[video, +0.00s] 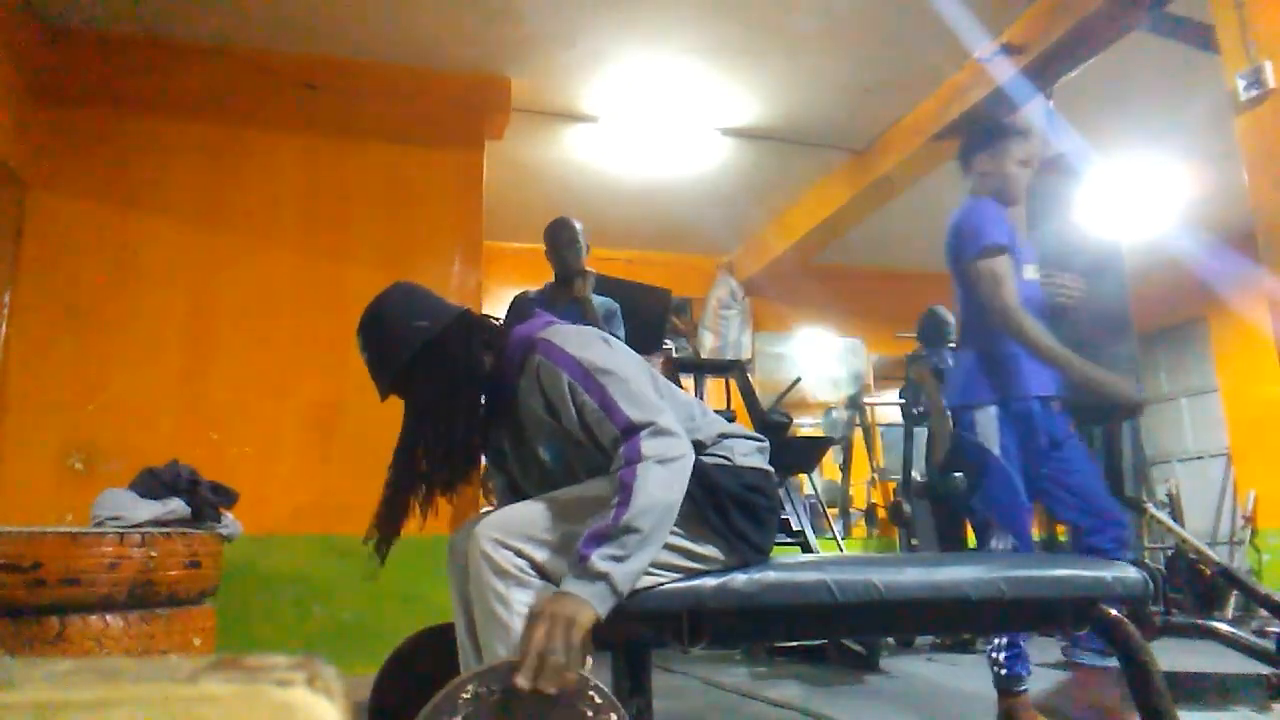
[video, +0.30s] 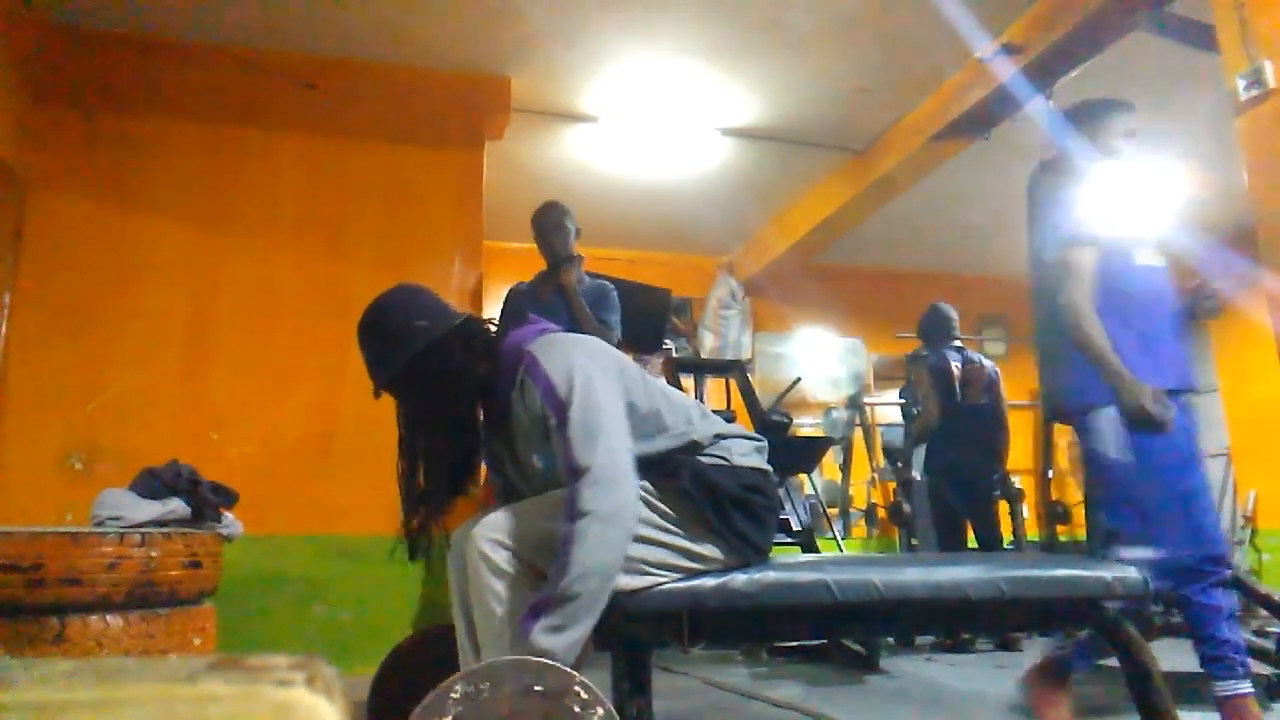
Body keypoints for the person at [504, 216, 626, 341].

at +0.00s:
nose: (565, 255)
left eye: (573, 245)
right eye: (557, 248)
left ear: (587, 250)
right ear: (548, 255)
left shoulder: (607, 309)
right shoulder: (525, 303)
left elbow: (614, 360)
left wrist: (586, 301)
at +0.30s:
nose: (551, 241)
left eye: (559, 229)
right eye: (542, 233)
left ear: (577, 235)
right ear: (537, 242)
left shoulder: (602, 292)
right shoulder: (519, 296)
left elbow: (607, 345)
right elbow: (502, 353)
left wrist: (571, 289)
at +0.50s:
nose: (530, 233)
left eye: (539, 223)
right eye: (523, 224)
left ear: (558, 230)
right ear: (516, 234)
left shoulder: (587, 287)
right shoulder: (502, 293)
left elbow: (592, 344)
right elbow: (487, 351)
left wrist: (554, 285)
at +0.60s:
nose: (516, 234)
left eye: (525, 223)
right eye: (509, 225)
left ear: (544, 229)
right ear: (503, 234)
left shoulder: (573, 287)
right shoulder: (486, 293)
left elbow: (582, 341)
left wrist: (542, 283)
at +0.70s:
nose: (500, 231)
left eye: (509, 221)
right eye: (492, 223)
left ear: (528, 229)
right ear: (485, 232)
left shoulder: (554, 289)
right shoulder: (469, 294)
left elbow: (567, 339)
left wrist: (525, 282)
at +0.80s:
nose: (481, 229)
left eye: (490, 220)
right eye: (474, 221)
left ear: (508, 227)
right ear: (466, 231)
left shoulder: (537, 286)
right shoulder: (449, 294)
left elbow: (549, 339)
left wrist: (507, 281)